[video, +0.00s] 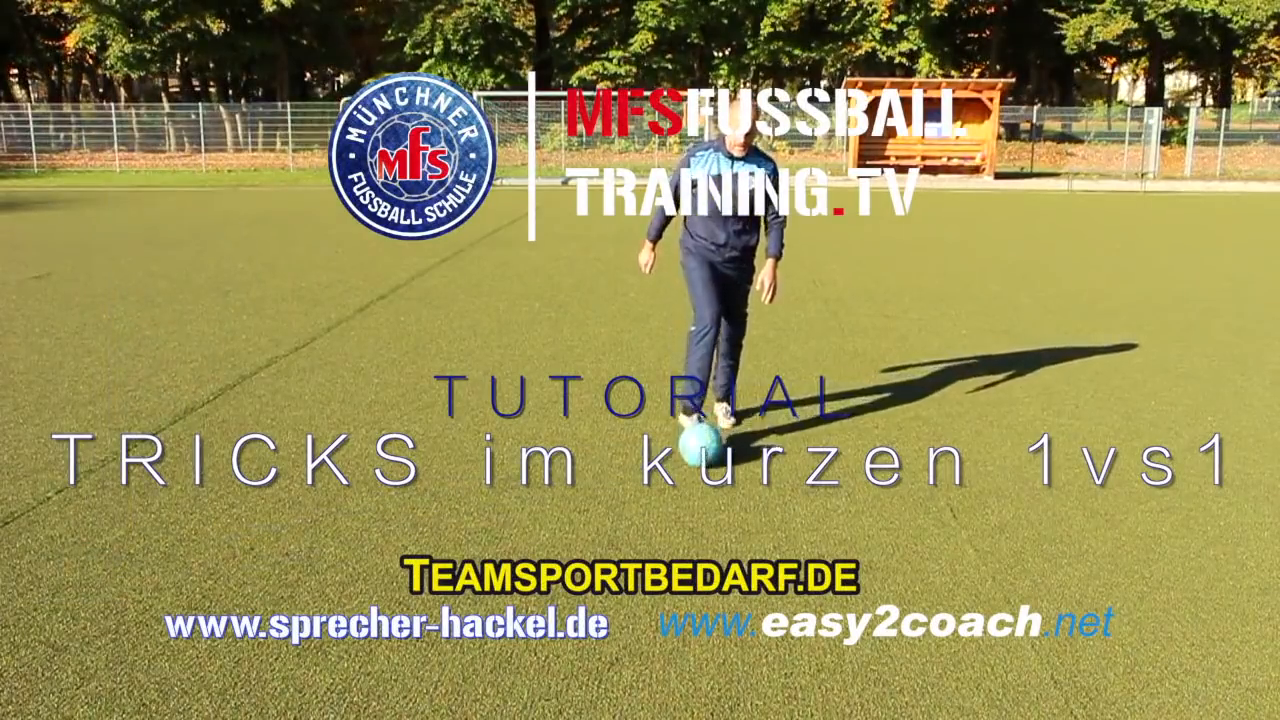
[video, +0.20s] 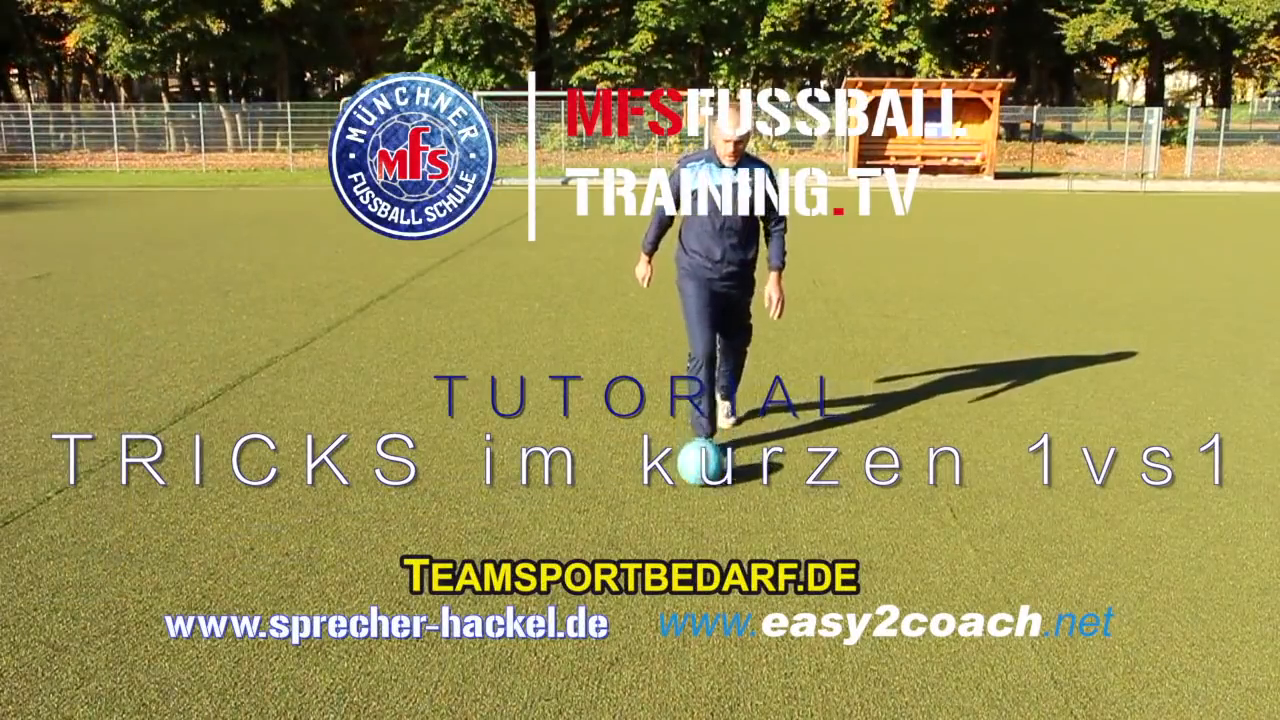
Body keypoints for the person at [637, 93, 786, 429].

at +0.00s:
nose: (743, 140)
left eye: (749, 134)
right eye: (738, 133)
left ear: (757, 131)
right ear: (725, 127)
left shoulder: (765, 167)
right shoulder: (697, 158)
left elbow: (775, 217)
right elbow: (669, 199)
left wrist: (772, 262)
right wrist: (650, 241)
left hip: (738, 260)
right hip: (699, 253)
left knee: (732, 334)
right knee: (708, 321)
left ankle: (723, 400)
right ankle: (690, 406)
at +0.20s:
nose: (733, 148)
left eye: (740, 141)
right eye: (726, 141)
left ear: (748, 138)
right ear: (713, 135)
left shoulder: (760, 173)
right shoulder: (688, 169)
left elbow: (776, 224)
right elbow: (664, 212)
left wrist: (776, 276)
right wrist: (646, 254)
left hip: (738, 278)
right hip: (697, 275)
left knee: (736, 342)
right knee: (703, 351)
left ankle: (726, 393)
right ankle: (703, 430)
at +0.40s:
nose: (726, 156)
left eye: (733, 148)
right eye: (720, 148)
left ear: (741, 144)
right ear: (705, 142)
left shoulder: (756, 177)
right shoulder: (681, 177)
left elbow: (775, 231)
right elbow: (654, 230)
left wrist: (779, 281)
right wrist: (644, 283)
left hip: (738, 289)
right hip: (692, 288)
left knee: (740, 373)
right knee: (698, 370)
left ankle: (731, 401)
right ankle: (704, 442)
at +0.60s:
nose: (733, 142)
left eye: (740, 134)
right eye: (726, 134)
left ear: (749, 131)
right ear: (708, 127)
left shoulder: (763, 170)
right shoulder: (677, 168)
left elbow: (774, 221)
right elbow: (652, 213)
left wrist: (770, 266)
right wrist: (662, 255)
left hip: (736, 284)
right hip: (689, 283)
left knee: (718, 369)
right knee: (691, 372)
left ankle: (716, 458)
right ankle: (700, 428)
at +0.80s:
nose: (742, 150)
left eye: (749, 142)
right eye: (734, 142)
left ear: (758, 142)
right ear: (717, 141)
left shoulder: (765, 191)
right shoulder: (688, 183)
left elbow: (786, 248)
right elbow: (655, 231)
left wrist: (794, 295)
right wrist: (645, 269)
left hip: (736, 312)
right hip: (686, 309)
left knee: (719, 407)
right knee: (676, 402)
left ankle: (694, 486)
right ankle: (681, 446)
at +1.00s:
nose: (742, 138)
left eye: (749, 129)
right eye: (733, 130)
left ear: (760, 128)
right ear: (719, 127)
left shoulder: (780, 173)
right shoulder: (699, 168)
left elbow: (825, 222)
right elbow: (643, 210)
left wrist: (817, 182)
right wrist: (644, 193)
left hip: (746, 302)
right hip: (694, 291)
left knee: (724, 400)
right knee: (682, 370)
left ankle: (697, 482)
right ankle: (673, 449)